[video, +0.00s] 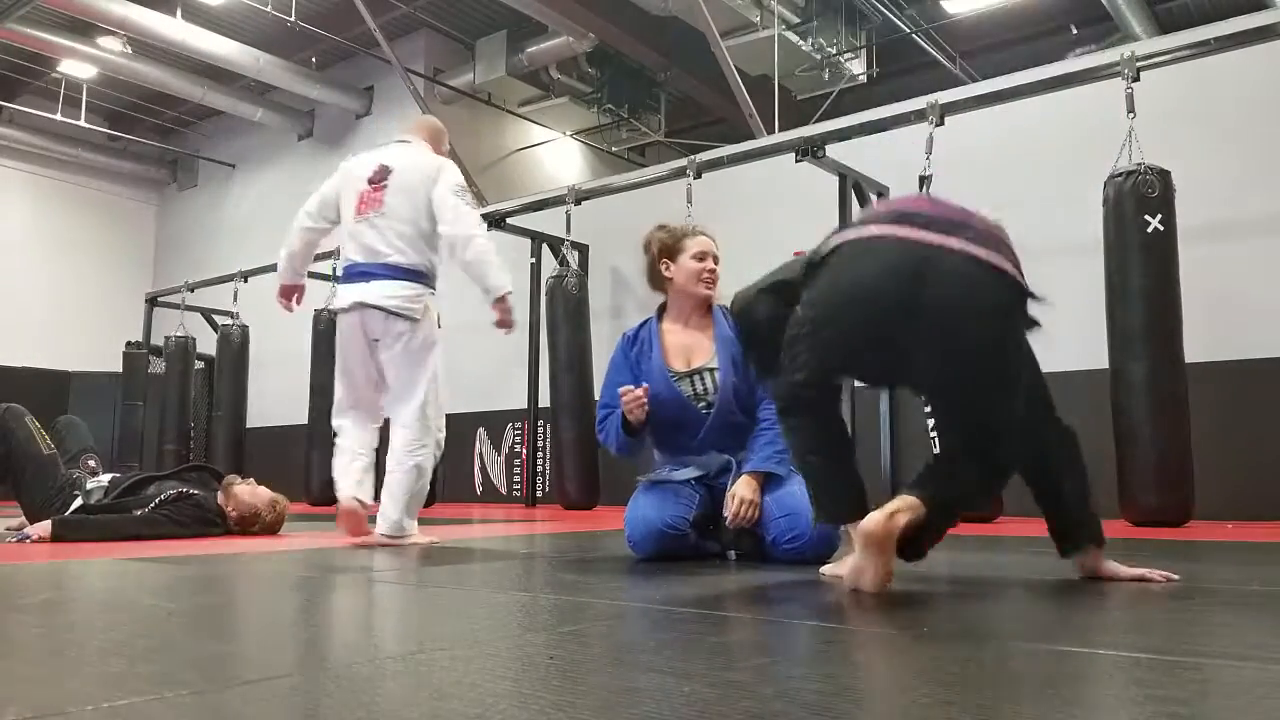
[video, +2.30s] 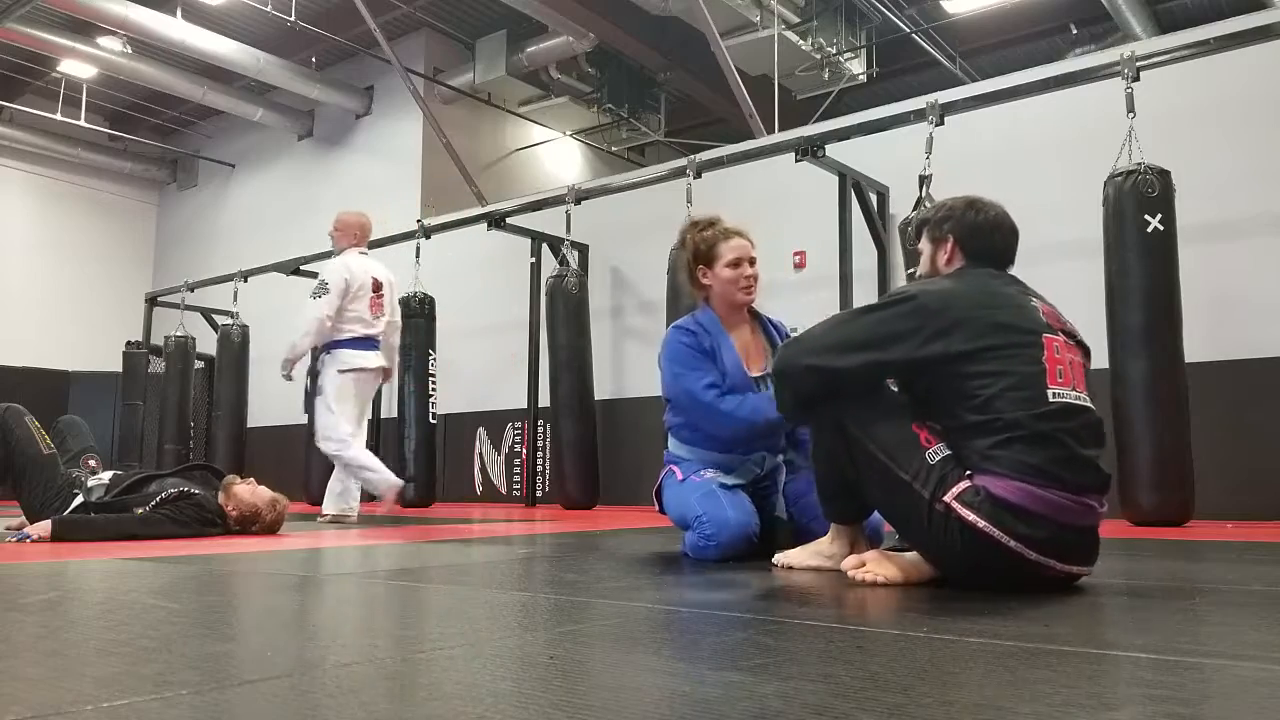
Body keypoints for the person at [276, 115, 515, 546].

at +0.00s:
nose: (444, 159)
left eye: (444, 154)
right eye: (446, 153)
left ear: (407, 134)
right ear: (439, 146)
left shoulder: (356, 165)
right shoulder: (440, 168)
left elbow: (309, 220)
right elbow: (462, 231)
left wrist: (290, 273)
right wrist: (498, 289)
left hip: (350, 303)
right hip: (404, 304)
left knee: (355, 410)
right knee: (416, 415)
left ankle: (351, 493)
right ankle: (395, 525)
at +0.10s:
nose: (453, 162)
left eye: (453, 158)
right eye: (454, 157)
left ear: (412, 142)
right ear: (446, 151)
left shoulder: (365, 170)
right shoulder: (451, 175)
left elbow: (322, 220)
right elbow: (486, 238)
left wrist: (301, 276)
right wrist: (527, 295)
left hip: (362, 304)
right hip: (415, 304)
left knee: (372, 412)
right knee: (416, 411)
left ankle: (392, 513)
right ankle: (394, 522)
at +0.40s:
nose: (451, 174)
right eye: (450, 168)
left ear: (409, 170)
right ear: (448, 169)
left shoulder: (381, 200)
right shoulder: (469, 200)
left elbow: (354, 256)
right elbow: (492, 261)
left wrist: (348, 312)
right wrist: (512, 318)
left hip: (392, 320)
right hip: (443, 319)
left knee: (405, 415)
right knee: (446, 412)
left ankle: (426, 516)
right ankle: (416, 494)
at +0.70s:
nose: (414, 186)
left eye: (414, 181)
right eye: (417, 181)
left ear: (418, 182)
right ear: (453, 181)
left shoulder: (397, 214)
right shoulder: (481, 216)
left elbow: (370, 268)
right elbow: (502, 274)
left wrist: (367, 316)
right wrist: (505, 328)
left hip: (407, 329)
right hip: (460, 329)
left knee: (409, 419)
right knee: (472, 417)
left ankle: (418, 516)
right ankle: (482, 510)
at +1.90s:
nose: (375, 229)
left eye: (379, 224)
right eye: (377, 223)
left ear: (395, 227)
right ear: (410, 227)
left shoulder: (384, 261)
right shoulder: (439, 262)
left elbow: (364, 313)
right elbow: (454, 317)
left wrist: (345, 348)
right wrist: (449, 357)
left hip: (394, 355)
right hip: (430, 355)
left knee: (402, 431)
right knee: (415, 429)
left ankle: (423, 507)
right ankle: (423, 499)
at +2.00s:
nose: (363, 232)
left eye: (368, 227)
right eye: (365, 227)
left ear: (386, 232)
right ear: (397, 233)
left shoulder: (370, 263)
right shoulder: (426, 267)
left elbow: (350, 313)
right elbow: (441, 319)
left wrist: (331, 342)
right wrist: (440, 358)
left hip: (384, 357)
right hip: (419, 358)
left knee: (398, 434)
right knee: (389, 433)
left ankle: (422, 509)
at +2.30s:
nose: (331, 233)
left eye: (336, 229)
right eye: (333, 228)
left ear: (354, 235)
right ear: (360, 237)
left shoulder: (338, 267)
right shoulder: (384, 271)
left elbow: (320, 319)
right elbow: (393, 323)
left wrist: (290, 357)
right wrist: (389, 360)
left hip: (342, 360)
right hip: (373, 361)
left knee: (330, 435)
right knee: (353, 434)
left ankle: (390, 487)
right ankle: (341, 508)